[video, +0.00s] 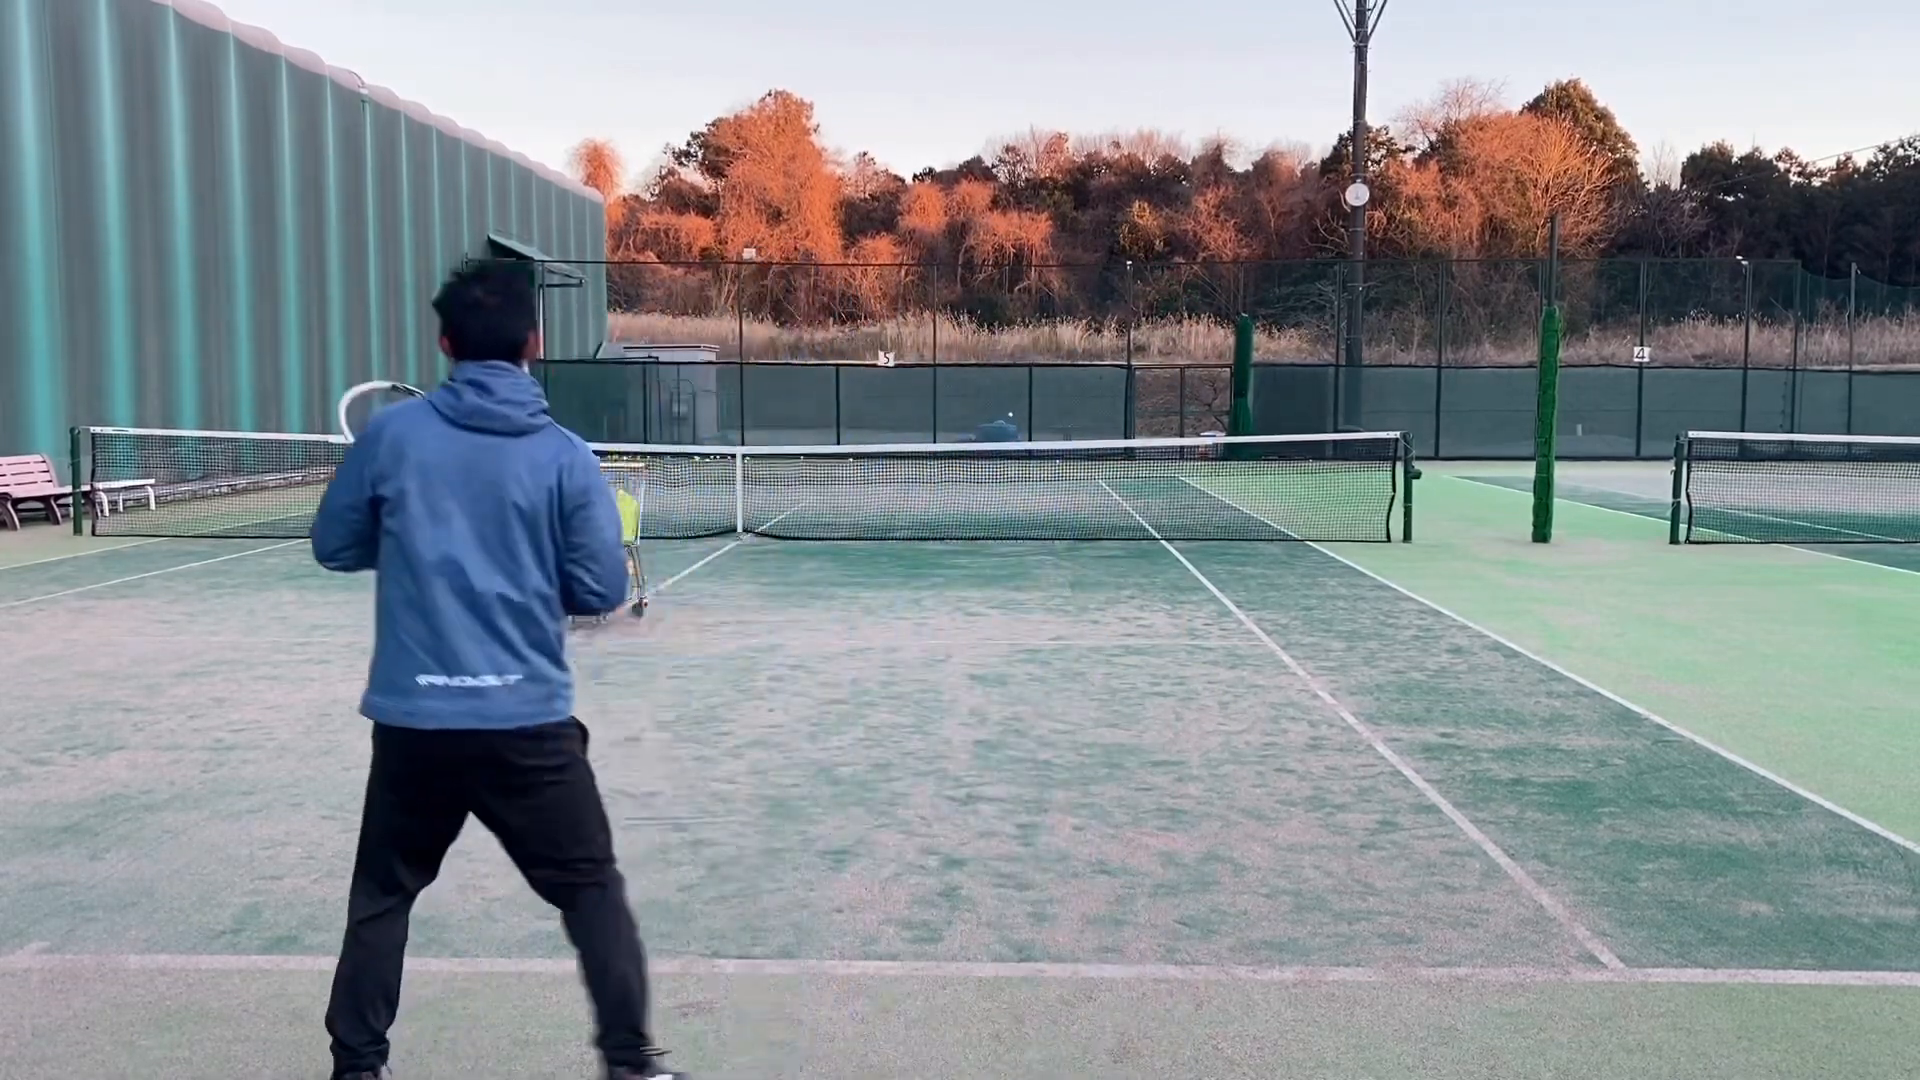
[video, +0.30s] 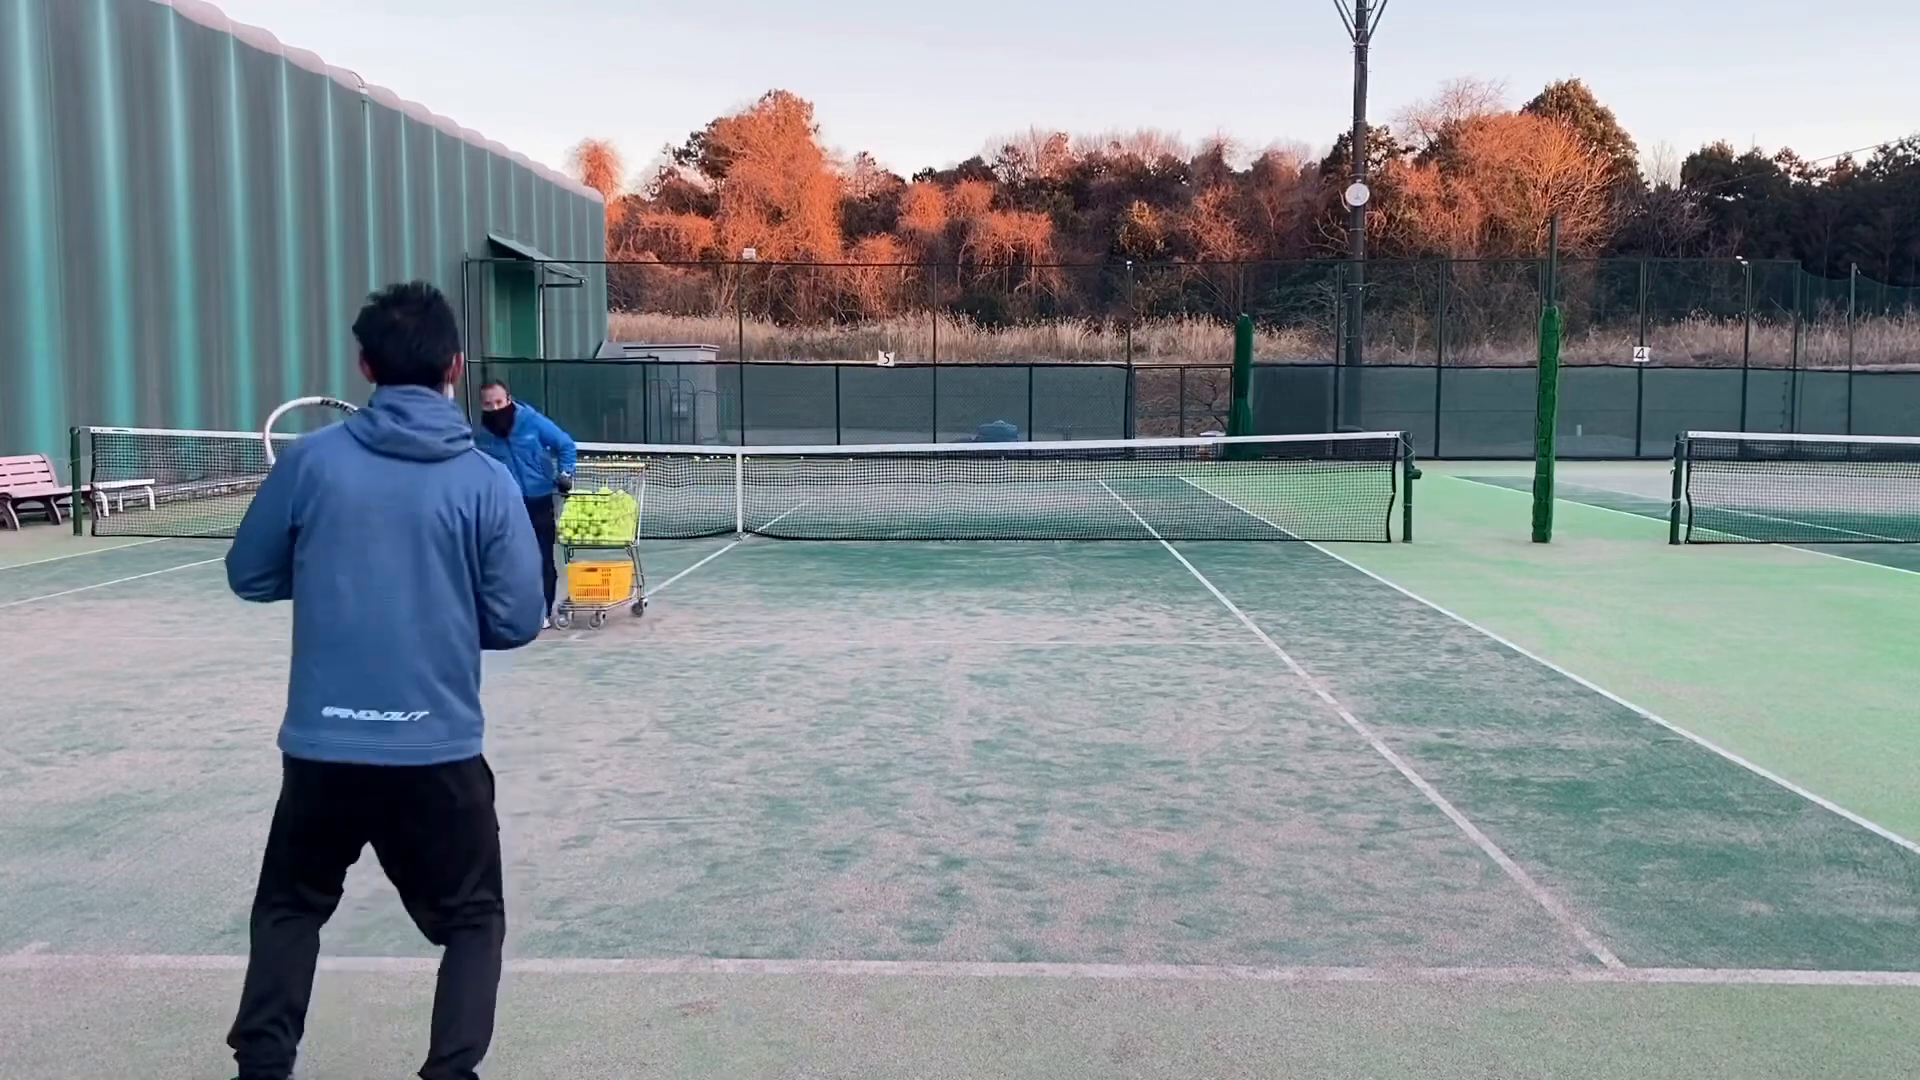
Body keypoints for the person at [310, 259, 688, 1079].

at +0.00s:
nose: (542, 342)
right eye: (539, 333)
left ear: (447, 343)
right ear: (533, 345)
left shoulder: (392, 433)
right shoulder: (564, 456)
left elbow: (336, 545)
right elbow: (600, 587)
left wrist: (420, 533)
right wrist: (526, 569)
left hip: (411, 726)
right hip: (528, 729)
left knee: (382, 890)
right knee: (589, 884)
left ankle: (356, 1060)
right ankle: (630, 1055)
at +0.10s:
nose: (505, 321)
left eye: (405, 310)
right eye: (505, 311)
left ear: (410, 317)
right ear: (498, 318)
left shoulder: (360, 409)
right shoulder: (537, 429)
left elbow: (302, 524)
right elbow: (566, 561)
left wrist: (389, 511)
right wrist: (497, 547)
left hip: (382, 701)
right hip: (494, 703)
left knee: (358, 873)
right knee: (524, 866)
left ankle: (337, 1052)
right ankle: (508, 1049)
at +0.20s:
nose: (479, 339)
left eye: (377, 328)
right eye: (478, 329)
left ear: (382, 335)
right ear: (473, 337)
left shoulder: (330, 429)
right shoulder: (507, 447)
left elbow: (274, 547)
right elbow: (543, 582)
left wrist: (361, 530)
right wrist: (461, 575)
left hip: (354, 713)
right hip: (466, 719)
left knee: (318, 880)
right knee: (485, 882)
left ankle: (273, 1055)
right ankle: (460, 1058)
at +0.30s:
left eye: (357, 356)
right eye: (459, 360)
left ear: (364, 367)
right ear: (452, 369)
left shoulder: (313, 458)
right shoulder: (484, 478)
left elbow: (251, 574)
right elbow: (517, 619)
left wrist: (334, 558)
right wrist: (437, 605)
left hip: (322, 748)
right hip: (435, 755)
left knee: (290, 905)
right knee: (471, 917)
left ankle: (262, 1066)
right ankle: (452, 1069)